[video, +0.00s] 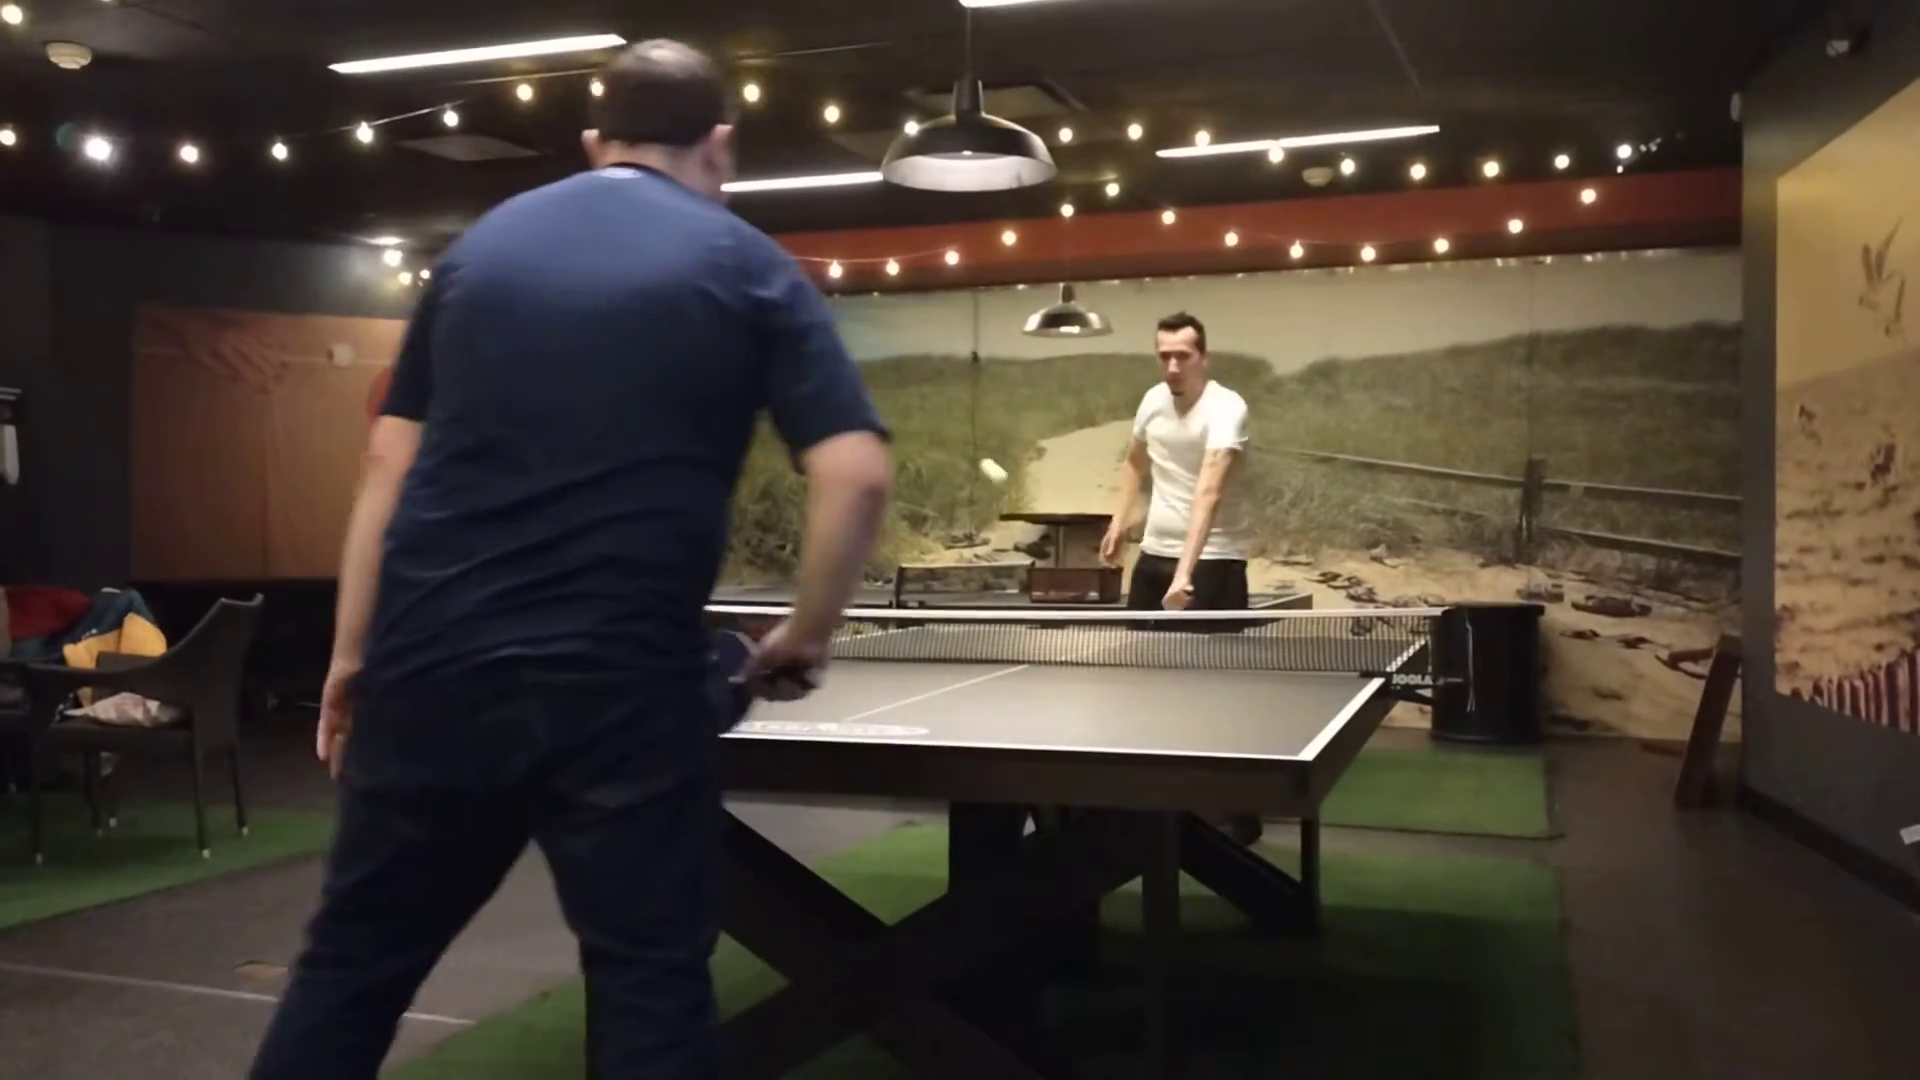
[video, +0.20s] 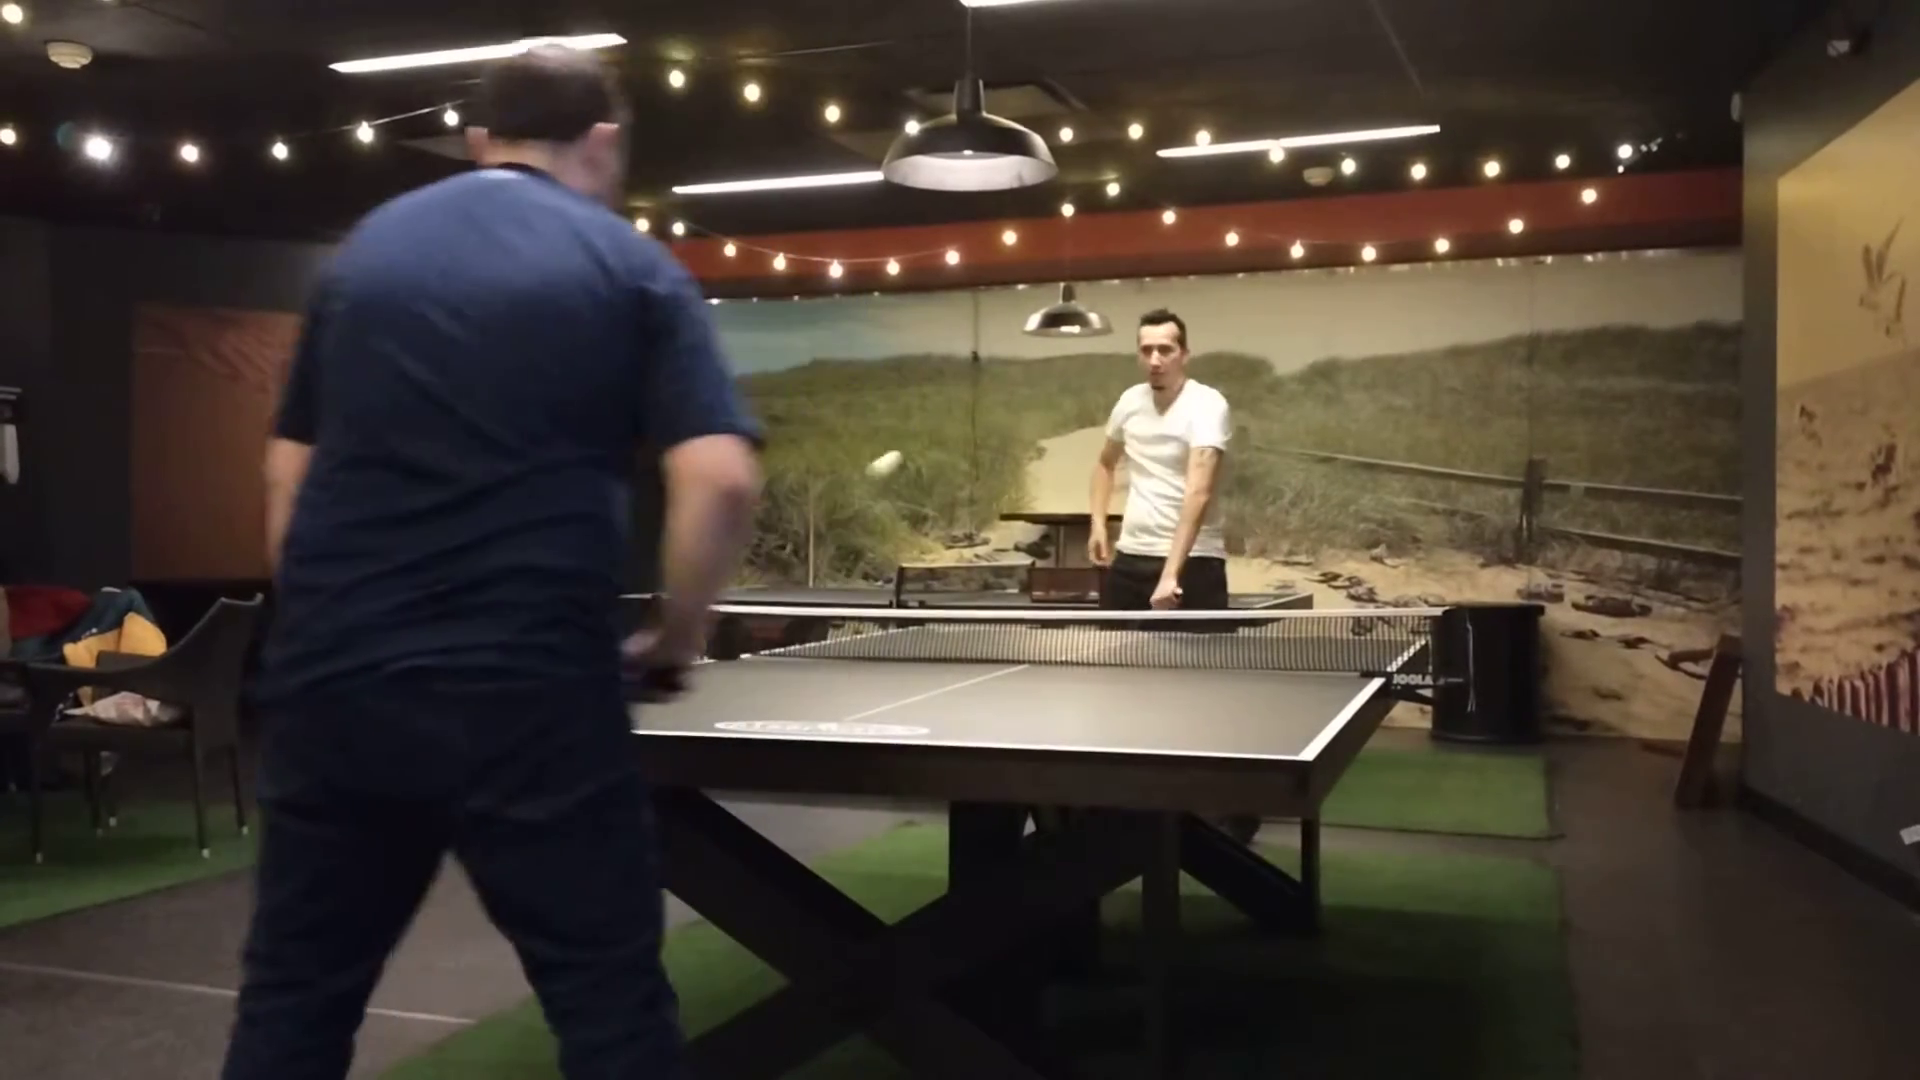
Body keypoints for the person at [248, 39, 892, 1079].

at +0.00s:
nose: (728, 172)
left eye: (727, 158)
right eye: (729, 155)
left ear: (593, 144)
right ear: (717, 146)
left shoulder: (481, 244)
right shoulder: (744, 258)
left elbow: (392, 458)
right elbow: (855, 472)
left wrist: (349, 657)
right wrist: (804, 636)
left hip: (430, 683)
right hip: (627, 695)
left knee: (348, 971)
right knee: (650, 996)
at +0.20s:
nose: (620, 164)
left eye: (618, 149)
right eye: (620, 147)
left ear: (479, 141)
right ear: (599, 142)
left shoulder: (363, 250)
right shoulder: (629, 265)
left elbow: (290, 476)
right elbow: (718, 475)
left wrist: (313, 620)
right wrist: (676, 642)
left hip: (342, 691)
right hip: (537, 706)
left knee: (290, 1004)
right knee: (612, 1006)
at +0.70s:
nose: (474, 154)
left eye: (474, 139)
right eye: (474, 137)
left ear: (329, 131)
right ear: (454, 129)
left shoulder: (225, 237)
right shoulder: (512, 225)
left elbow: (113, 473)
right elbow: (682, 355)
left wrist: (71, 675)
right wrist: (736, 438)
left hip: (256, 694)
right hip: (468, 682)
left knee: (249, 1012)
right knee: (544, 1000)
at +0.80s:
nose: (498, 151)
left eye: (492, 136)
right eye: (496, 135)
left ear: (352, 132)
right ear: (478, 128)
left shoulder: (246, 237)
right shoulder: (534, 226)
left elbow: (133, 463)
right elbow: (688, 349)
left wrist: (80, 668)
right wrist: (724, 467)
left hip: (280, 688)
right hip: (492, 678)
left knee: (263, 1007)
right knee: (554, 1002)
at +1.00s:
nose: (555, 157)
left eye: (551, 142)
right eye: (554, 140)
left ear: (413, 133)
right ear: (534, 130)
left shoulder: (305, 239)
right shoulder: (588, 235)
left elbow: (211, 463)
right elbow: (750, 416)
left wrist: (174, 667)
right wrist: (685, 550)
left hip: (337, 685)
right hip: (544, 678)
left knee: (294, 1011)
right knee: (580, 1013)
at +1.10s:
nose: (589, 156)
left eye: (585, 139)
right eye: (588, 137)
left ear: (448, 132)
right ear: (566, 131)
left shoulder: (334, 243)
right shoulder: (621, 251)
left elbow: (246, 461)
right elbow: (748, 457)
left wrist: (221, 659)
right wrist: (685, 591)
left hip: (355, 692)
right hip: (561, 690)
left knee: (307, 1006)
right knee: (584, 1013)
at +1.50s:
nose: (673, 148)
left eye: (676, 127)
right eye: (673, 125)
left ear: (540, 113)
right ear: (649, 115)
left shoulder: (427, 220)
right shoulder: (659, 228)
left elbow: (339, 424)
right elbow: (687, 411)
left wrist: (362, 578)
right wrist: (740, 606)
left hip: (380, 650)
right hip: (565, 668)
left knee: (326, 980)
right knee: (595, 998)